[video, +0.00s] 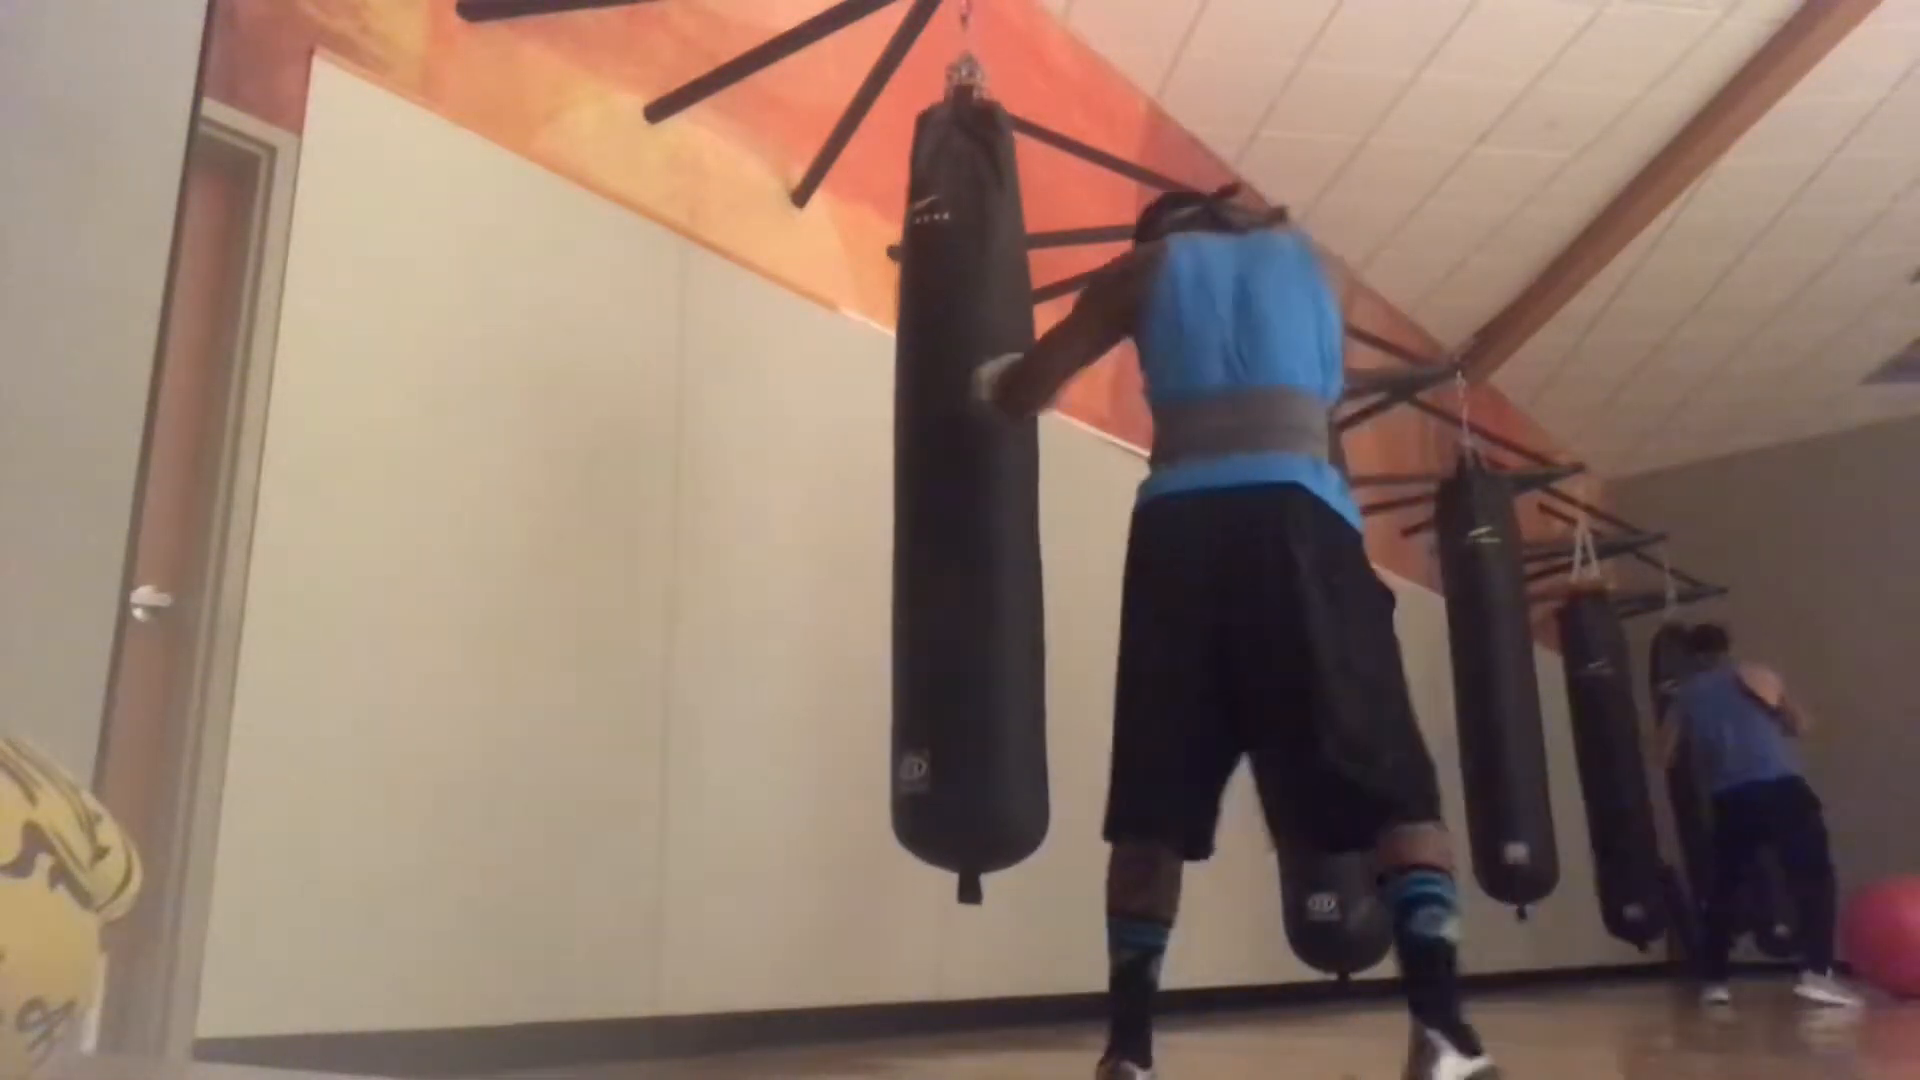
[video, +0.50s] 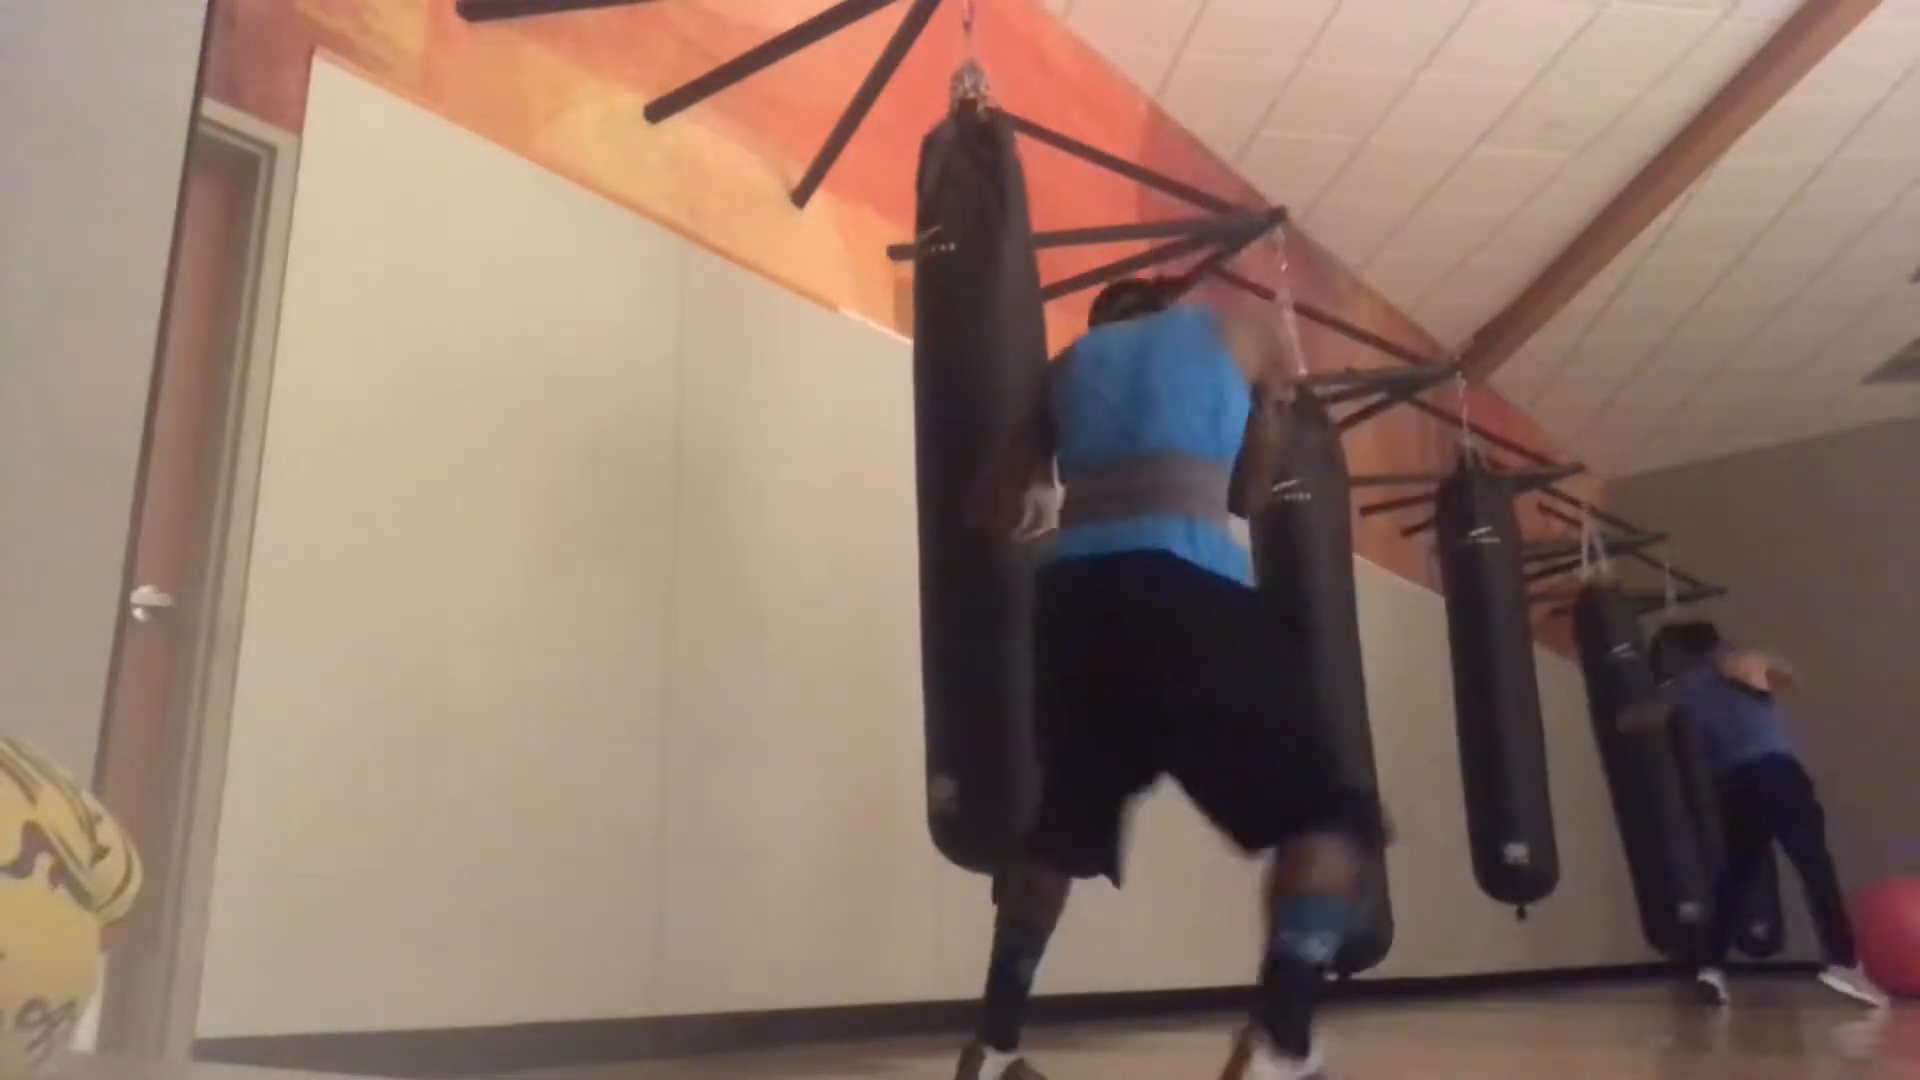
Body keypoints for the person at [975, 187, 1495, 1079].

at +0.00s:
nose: (1139, 264)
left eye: (1143, 250)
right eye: (1142, 252)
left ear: (1167, 237)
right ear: (1251, 226)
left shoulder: (1150, 266)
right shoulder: (1313, 269)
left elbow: (1030, 384)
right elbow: (1323, 395)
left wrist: (997, 382)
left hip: (1177, 539)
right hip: (1303, 536)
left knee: (1151, 798)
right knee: (1397, 786)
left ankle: (1127, 1051)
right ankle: (1441, 1028)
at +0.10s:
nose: (1144, 259)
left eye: (1147, 248)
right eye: (1149, 248)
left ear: (1166, 238)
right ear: (1255, 232)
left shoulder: (1149, 267)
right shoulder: (1316, 274)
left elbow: (1043, 407)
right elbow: (1318, 408)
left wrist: (1031, 381)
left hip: (1176, 543)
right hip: (1305, 541)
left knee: (1143, 798)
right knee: (1383, 791)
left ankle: (1126, 1042)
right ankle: (1444, 1039)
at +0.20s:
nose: (1152, 276)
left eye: (1156, 265)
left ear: (1177, 259)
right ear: (1266, 254)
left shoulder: (1152, 291)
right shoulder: (1321, 299)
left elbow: (1055, 437)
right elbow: (1319, 431)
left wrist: (1059, 438)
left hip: (1166, 582)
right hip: (1299, 585)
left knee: (1122, 794)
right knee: (1394, 815)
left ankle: (1098, 1011)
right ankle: (1447, 1051)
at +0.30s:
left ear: (1155, 285)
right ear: (1236, 274)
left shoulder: (1116, 332)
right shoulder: (1299, 312)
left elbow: (1030, 449)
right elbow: (1299, 431)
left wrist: (1087, 453)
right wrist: (1134, 454)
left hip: (1140, 595)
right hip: (1271, 592)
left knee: (1093, 820)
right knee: (1385, 811)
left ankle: (1022, 1031)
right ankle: (1441, 1040)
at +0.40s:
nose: (1251, 303)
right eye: (1240, 295)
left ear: (1122, 321)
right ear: (1199, 301)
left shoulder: (1086, 368)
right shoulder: (1250, 329)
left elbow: (1012, 458)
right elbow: (1287, 482)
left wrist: (988, 524)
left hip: (1097, 604)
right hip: (1221, 598)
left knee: (1069, 825)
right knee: (1381, 806)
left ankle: (996, 1043)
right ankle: (1389, 1024)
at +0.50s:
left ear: (1098, 325)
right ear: (1177, 309)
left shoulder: (1063, 372)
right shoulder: (1242, 327)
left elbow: (994, 513)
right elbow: (1253, 488)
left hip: (1075, 595)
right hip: (1196, 592)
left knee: (1061, 816)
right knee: (1315, 813)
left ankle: (994, 1042)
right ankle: (1282, 1041)